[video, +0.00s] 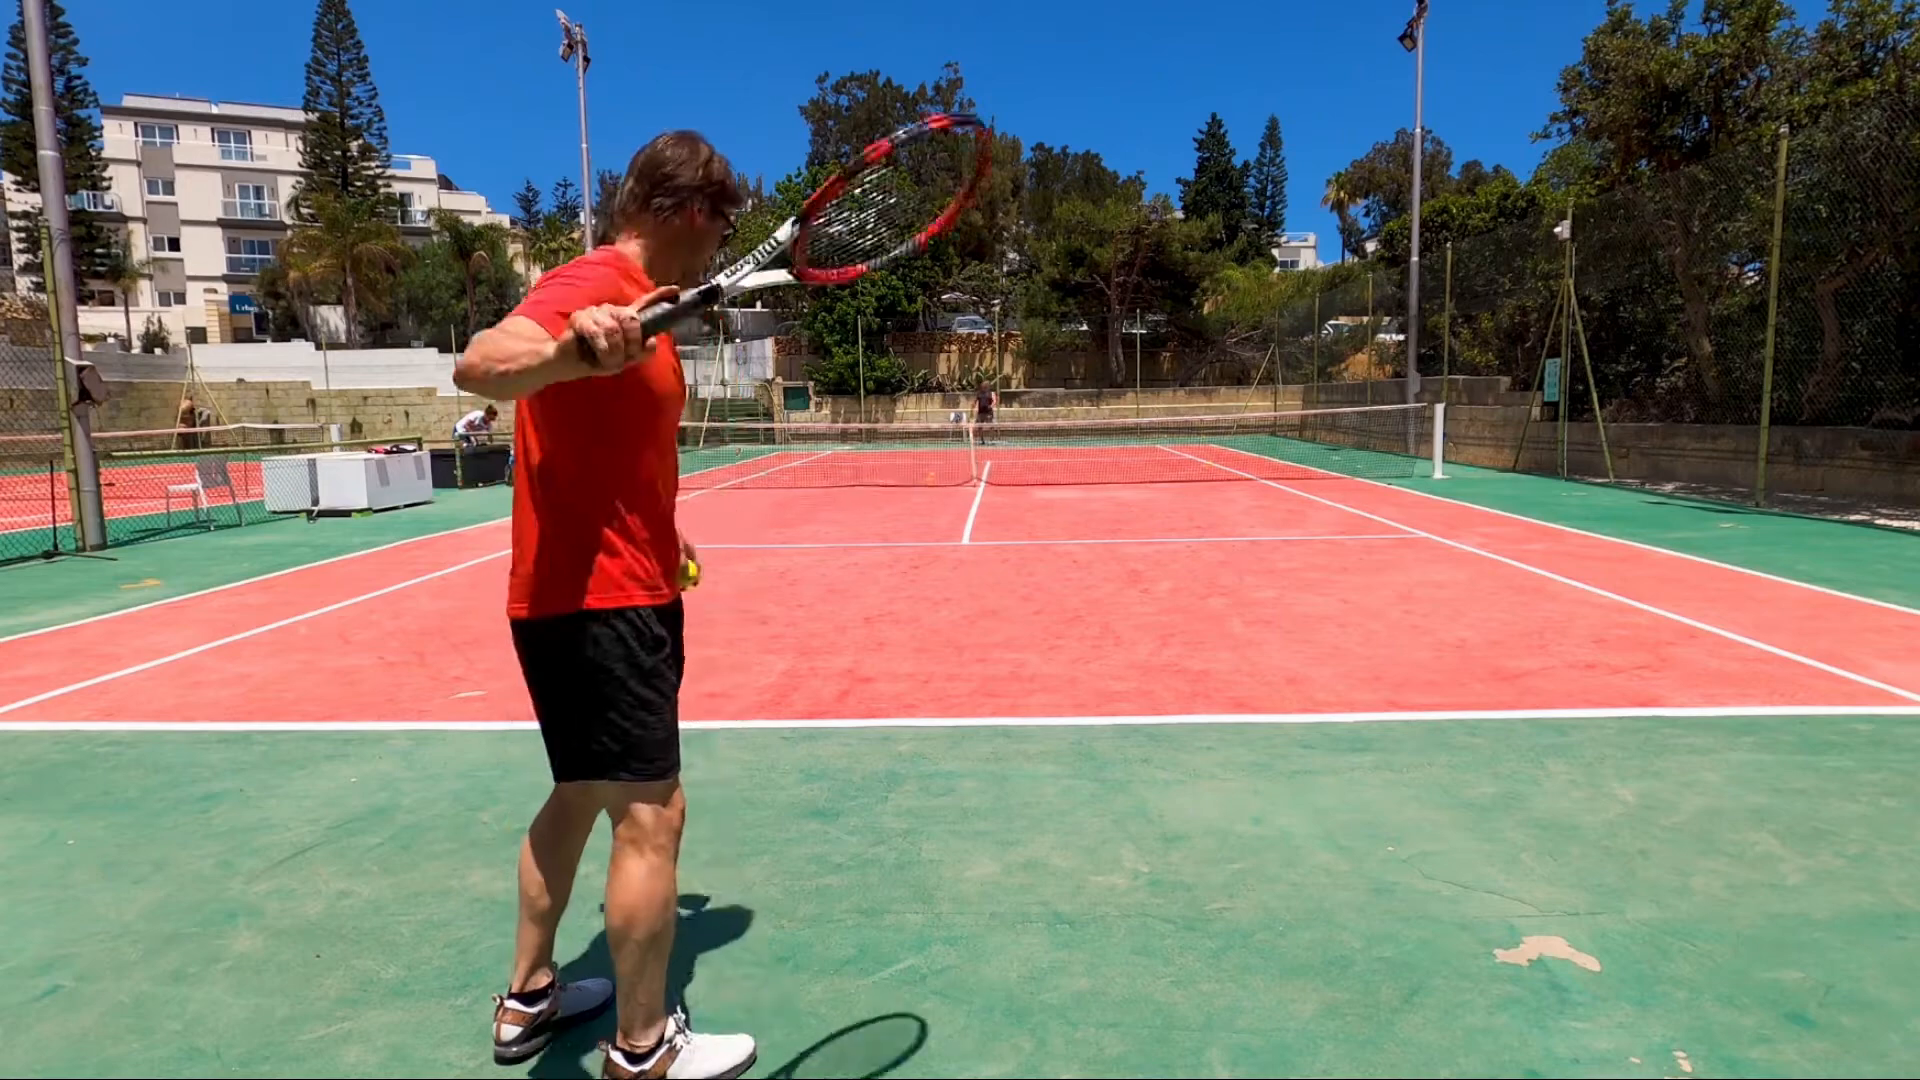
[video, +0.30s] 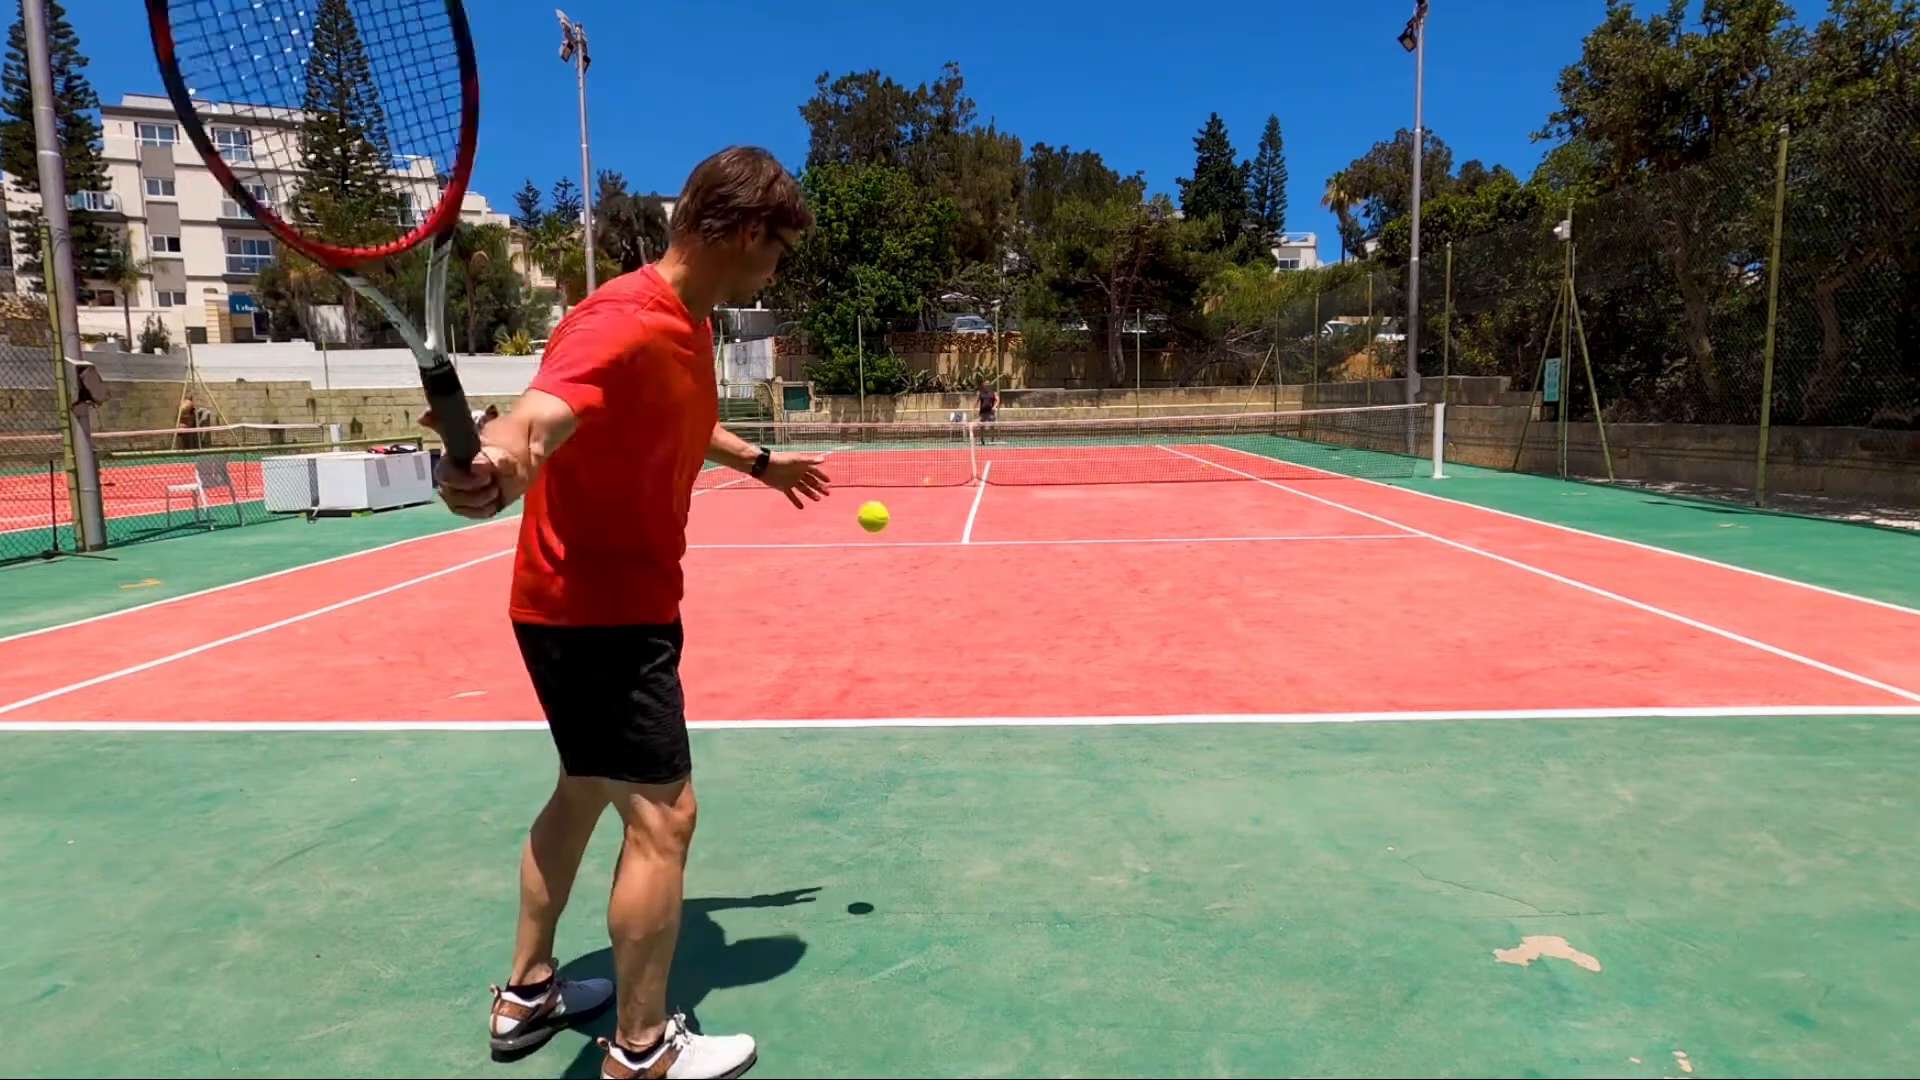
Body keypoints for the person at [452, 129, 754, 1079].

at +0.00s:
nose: (716, 254)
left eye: (720, 235)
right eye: (714, 232)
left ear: (657, 213)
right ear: (675, 216)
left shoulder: (643, 303)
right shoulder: (596, 284)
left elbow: (614, 447)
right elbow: (476, 366)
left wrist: (665, 540)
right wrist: (571, 351)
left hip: (588, 592)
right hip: (603, 596)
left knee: (579, 788)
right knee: (652, 817)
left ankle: (529, 990)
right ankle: (642, 1042)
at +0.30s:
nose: (774, 272)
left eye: (780, 254)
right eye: (775, 250)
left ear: (718, 231)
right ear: (734, 236)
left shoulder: (683, 317)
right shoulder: (625, 320)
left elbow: (672, 419)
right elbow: (534, 419)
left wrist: (759, 461)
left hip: (605, 601)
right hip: (598, 611)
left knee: (588, 782)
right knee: (662, 817)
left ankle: (527, 987)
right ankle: (641, 1043)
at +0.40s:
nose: (788, 286)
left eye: (796, 268)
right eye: (791, 264)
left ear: (723, 235)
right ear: (753, 245)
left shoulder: (660, 306)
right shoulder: (654, 361)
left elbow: (653, 429)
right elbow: (613, 534)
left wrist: (731, 467)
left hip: (574, 600)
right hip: (599, 617)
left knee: (577, 787)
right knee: (668, 820)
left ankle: (524, 981)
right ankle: (645, 1044)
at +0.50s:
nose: (796, 284)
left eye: (803, 266)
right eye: (798, 262)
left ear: (719, 231)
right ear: (761, 247)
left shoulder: (625, 298)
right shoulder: (703, 400)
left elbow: (600, 431)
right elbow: (705, 571)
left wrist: (705, 478)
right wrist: (810, 638)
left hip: (542, 590)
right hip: (609, 619)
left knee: (583, 776)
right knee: (676, 819)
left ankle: (526, 971)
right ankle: (644, 1044)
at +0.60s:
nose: (803, 270)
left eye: (811, 251)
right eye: (806, 248)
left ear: (715, 218)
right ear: (773, 238)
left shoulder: (603, 290)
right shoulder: (747, 391)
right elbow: (758, 542)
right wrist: (811, 530)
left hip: (531, 596)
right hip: (628, 623)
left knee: (571, 774)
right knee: (684, 821)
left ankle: (524, 961)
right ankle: (645, 1043)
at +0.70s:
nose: (804, 248)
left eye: (807, 230)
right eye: (803, 230)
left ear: (708, 210)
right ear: (783, 231)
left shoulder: (601, 281)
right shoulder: (776, 373)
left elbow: (518, 388)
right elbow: (780, 495)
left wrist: (611, 423)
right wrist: (795, 399)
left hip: (536, 595)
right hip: (646, 621)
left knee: (555, 772)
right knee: (685, 825)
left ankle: (514, 966)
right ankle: (646, 1043)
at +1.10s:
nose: (729, 207)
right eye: (733, 195)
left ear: (639, 193)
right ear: (732, 206)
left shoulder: (553, 291)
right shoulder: (756, 342)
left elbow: (459, 427)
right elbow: (761, 479)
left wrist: (544, 449)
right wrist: (679, 432)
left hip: (539, 613)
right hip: (666, 631)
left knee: (525, 821)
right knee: (673, 837)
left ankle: (508, 1033)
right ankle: (645, 1045)